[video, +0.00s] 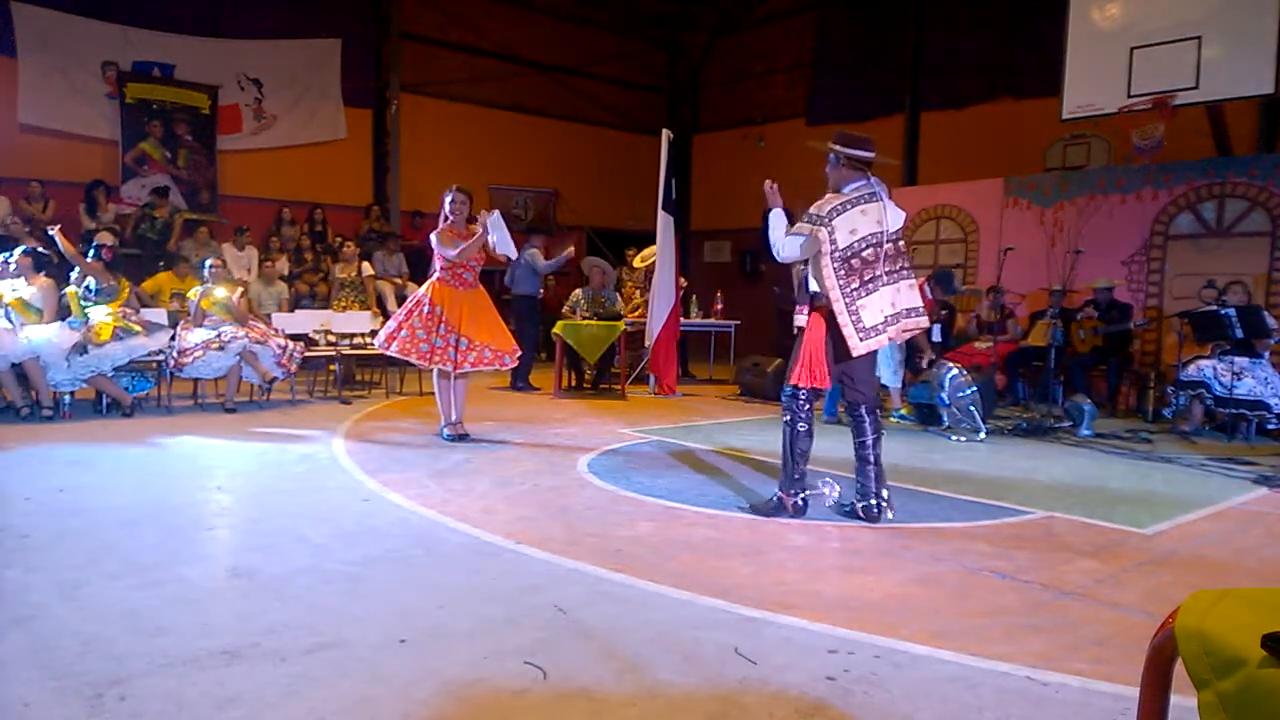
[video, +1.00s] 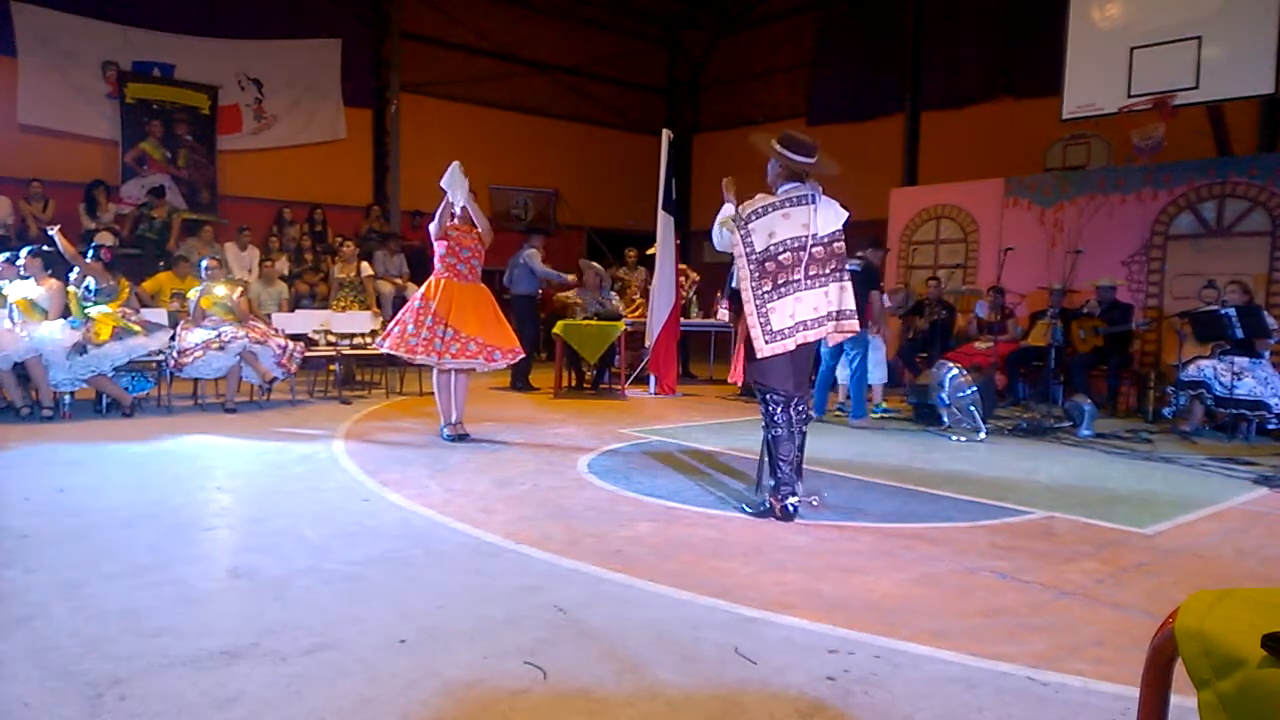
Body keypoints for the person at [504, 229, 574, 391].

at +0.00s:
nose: (543, 244)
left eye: (543, 240)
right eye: (541, 240)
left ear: (529, 240)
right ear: (536, 240)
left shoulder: (519, 257)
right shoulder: (532, 252)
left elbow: (508, 280)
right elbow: (543, 267)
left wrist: (525, 287)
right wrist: (564, 257)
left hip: (517, 298)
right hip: (528, 299)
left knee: (522, 338)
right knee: (530, 339)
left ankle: (517, 376)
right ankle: (522, 378)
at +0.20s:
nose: (543, 242)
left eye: (542, 239)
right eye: (541, 239)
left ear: (529, 239)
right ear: (535, 238)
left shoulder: (518, 256)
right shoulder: (532, 253)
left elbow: (507, 280)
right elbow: (542, 268)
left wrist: (527, 286)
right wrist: (568, 266)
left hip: (517, 298)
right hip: (528, 299)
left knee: (522, 338)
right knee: (529, 339)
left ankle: (517, 376)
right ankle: (522, 378)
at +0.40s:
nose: (542, 243)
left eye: (542, 239)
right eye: (541, 239)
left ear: (529, 239)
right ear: (535, 239)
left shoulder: (518, 256)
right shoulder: (531, 253)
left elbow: (507, 281)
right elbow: (542, 269)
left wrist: (529, 287)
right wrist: (566, 274)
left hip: (518, 298)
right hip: (528, 299)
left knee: (522, 338)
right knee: (531, 339)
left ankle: (517, 376)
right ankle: (522, 378)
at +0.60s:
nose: (542, 243)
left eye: (542, 239)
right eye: (540, 239)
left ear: (528, 239)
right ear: (534, 239)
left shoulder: (517, 255)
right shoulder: (531, 252)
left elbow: (506, 279)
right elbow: (541, 268)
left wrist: (524, 287)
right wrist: (563, 259)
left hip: (517, 297)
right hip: (528, 298)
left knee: (522, 338)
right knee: (530, 339)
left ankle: (517, 376)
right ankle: (522, 378)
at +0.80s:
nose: (543, 244)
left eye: (543, 240)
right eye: (541, 240)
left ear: (529, 240)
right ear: (536, 240)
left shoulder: (517, 256)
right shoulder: (531, 253)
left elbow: (507, 281)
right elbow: (541, 269)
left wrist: (525, 287)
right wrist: (566, 271)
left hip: (517, 298)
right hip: (528, 299)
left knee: (523, 338)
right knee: (530, 339)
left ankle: (518, 376)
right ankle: (521, 377)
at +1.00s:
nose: (543, 244)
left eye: (543, 240)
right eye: (541, 240)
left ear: (529, 240)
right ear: (535, 239)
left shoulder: (516, 256)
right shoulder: (531, 253)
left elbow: (507, 280)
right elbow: (540, 271)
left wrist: (525, 287)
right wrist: (565, 278)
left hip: (516, 298)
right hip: (527, 299)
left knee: (523, 337)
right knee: (530, 338)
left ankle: (518, 376)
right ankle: (522, 377)